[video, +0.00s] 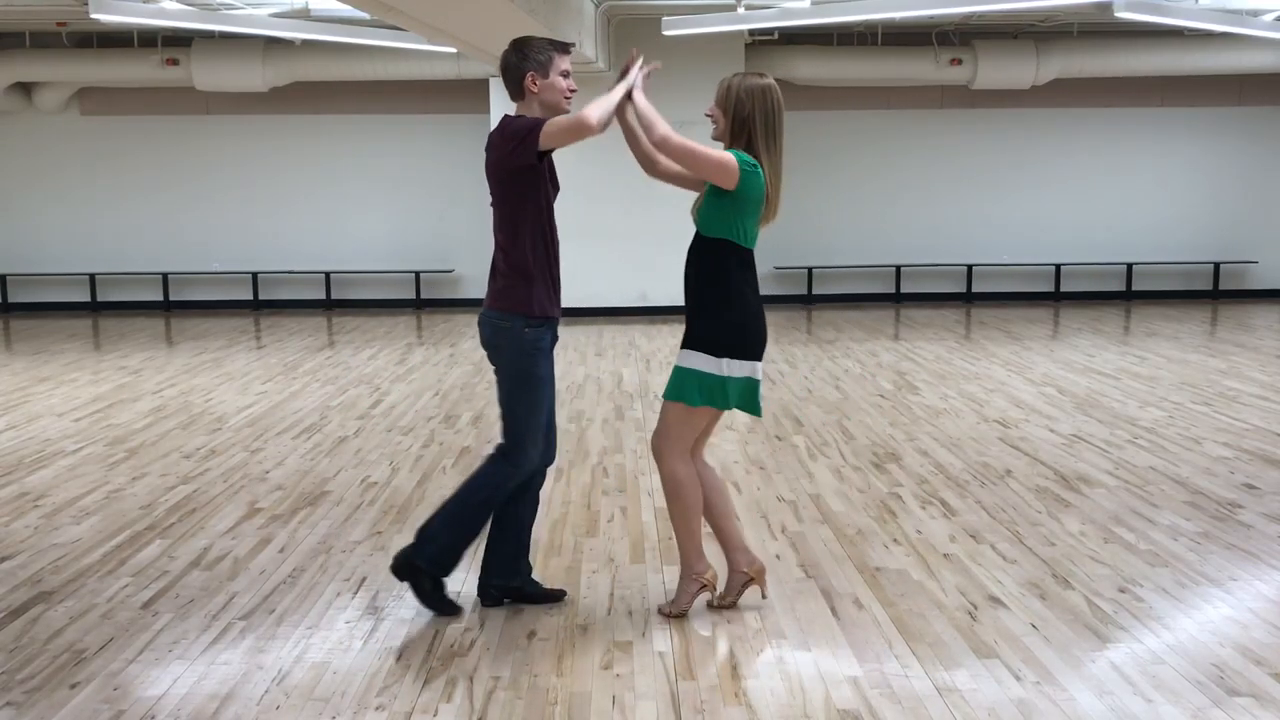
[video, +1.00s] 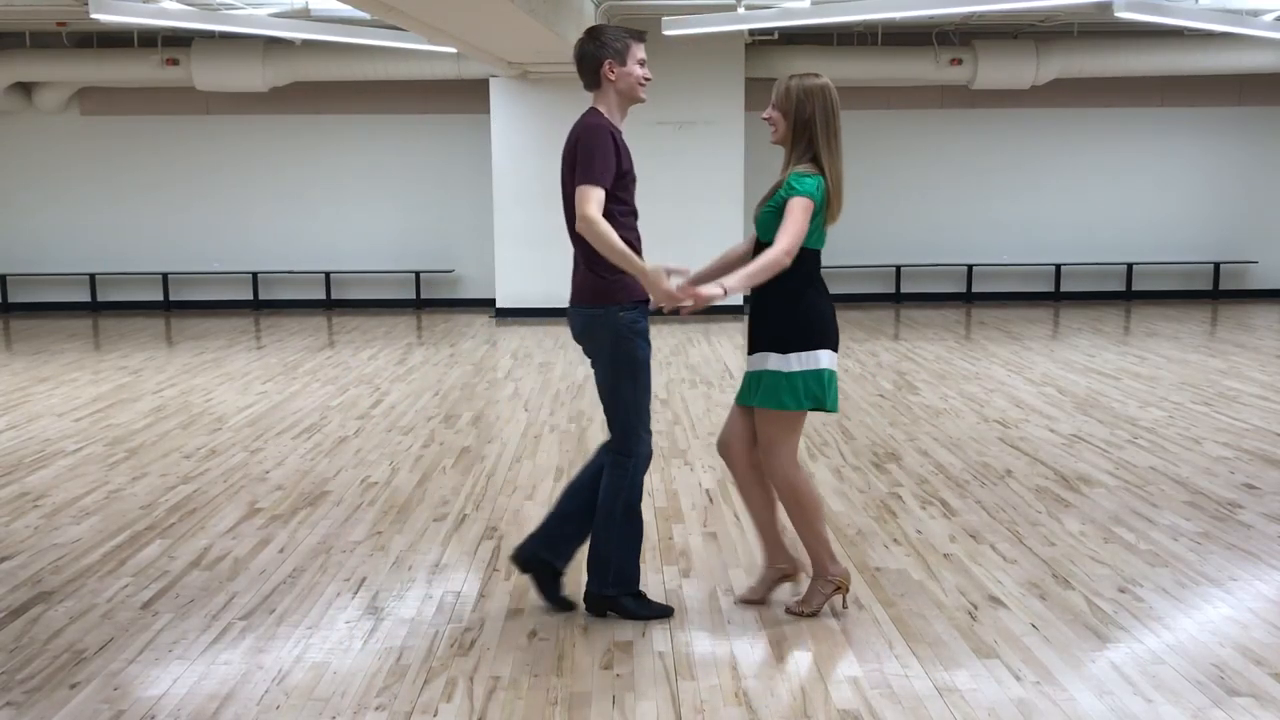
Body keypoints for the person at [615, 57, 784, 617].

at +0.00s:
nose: (711, 110)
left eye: (719, 103)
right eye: (714, 102)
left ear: (739, 113)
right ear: (749, 118)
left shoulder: (742, 170)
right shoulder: (731, 173)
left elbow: (665, 141)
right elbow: (655, 164)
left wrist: (635, 90)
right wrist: (621, 105)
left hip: (720, 330)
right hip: (729, 328)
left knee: (668, 445)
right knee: (689, 451)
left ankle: (693, 569)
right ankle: (742, 560)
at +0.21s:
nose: (703, 113)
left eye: (709, 104)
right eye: (704, 104)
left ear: (733, 115)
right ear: (739, 119)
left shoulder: (736, 167)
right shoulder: (714, 167)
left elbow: (691, 95)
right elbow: (669, 106)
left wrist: (661, 23)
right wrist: (636, 30)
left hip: (715, 334)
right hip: (698, 329)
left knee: (667, 454)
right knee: (656, 449)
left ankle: (698, 570)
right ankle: (712, 548)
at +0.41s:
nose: (716, 115)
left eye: (723, 104)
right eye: (717, 106)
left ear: (744, 114)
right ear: (736, 118)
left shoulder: (747, 166)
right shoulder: (721, 166)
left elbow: (716, 95)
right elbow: (689, 109)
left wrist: (686, 23)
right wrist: (665, 45)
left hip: (721, 338)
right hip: (706, 333)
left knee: (663, 452)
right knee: (682, 449)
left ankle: (707, 565)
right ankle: (719, 551)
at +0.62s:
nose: (732, 117)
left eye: (738, 109)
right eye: (732, 108)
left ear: (758, 114)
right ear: (762, 116)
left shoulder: (768, 169)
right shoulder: (740, 174)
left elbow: (741, 131)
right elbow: (706, 162)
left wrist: (712, 74)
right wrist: (676, 138)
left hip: (736, 338)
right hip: (708, 332)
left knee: (712, 462)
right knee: (691, 443)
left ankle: (794, 554)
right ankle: (722, 557)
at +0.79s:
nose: (743, 110)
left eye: (752, 103)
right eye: (746, 101)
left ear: (776, 112)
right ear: (771, 113)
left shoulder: (785, 165)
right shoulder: (763, 168)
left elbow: (772, 190)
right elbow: (728, 208)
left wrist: (725, 177)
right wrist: (672, 221)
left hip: (765, 326)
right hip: (740, 323)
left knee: (760, 458)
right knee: (710, 439)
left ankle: (825, 567)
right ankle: (722, 556)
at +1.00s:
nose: (766, 115)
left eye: (775, 108)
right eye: (769, 107)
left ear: (798, 118)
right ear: (800, 119)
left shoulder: (805, 181)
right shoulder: (789, 181)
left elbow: (783, 252)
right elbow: (748, 248)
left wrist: (722, 289)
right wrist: (691, 280)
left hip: (797, 333)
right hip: (779, 332)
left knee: (776, 453)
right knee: (736, 444)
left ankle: (828, 570)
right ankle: (778, 559)